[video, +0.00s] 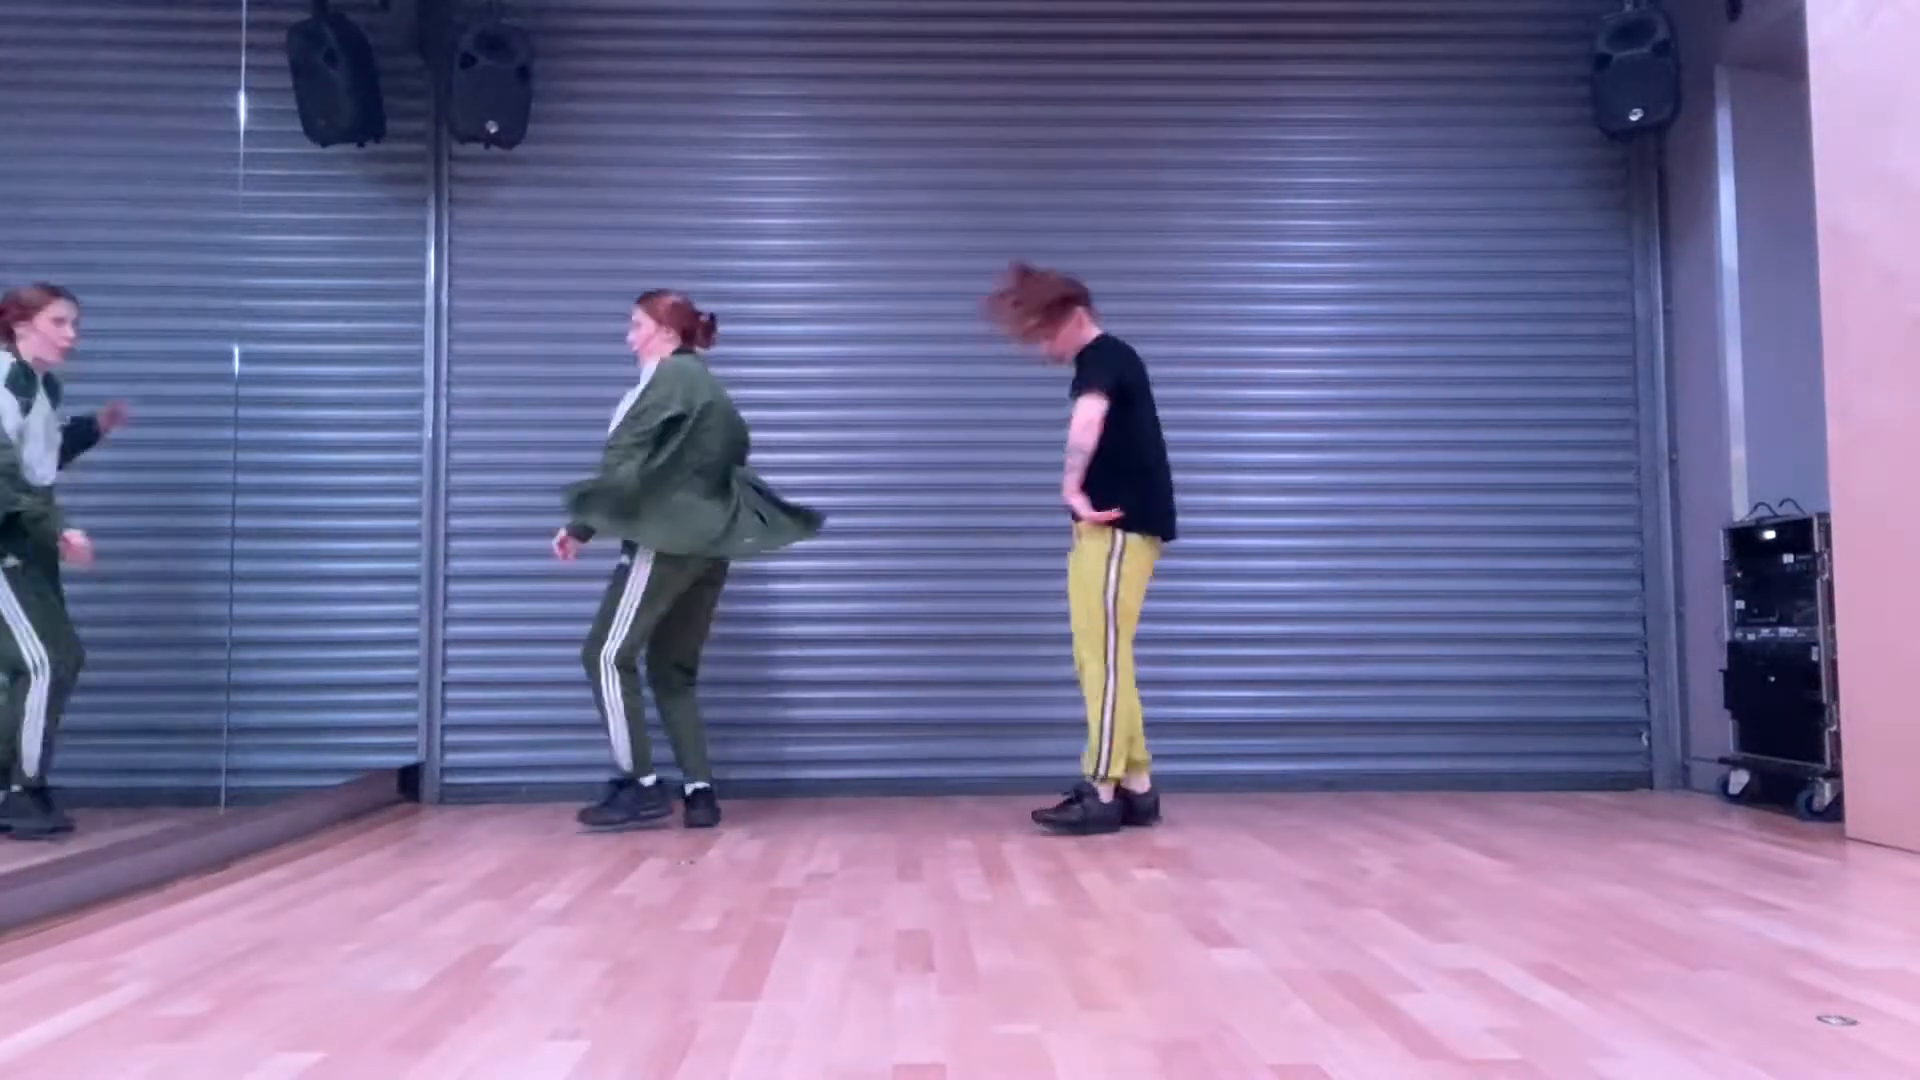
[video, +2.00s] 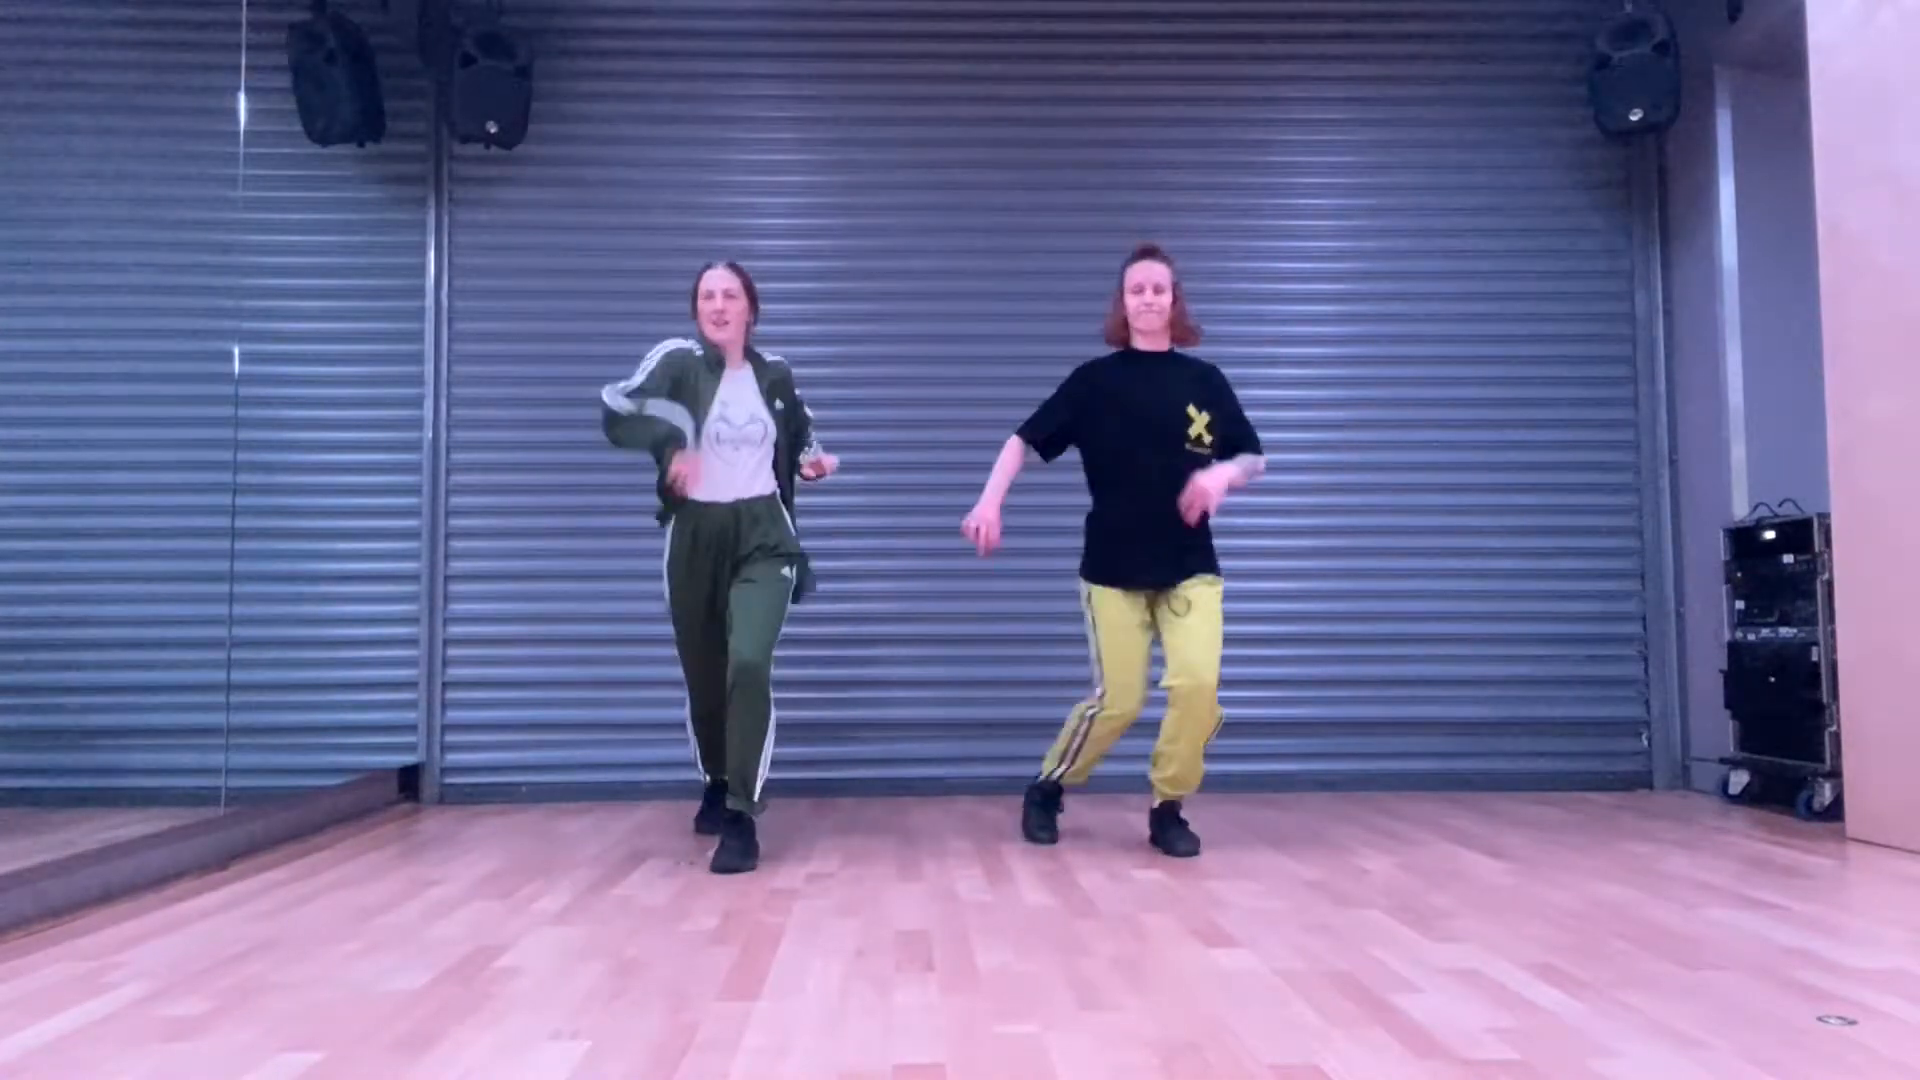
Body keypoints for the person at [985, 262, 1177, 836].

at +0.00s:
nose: (1044, 348)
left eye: (1044, 335)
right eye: (1038, 339)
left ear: (1071, 315)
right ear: (1073, 316)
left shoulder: (1102, 359)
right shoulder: (1105, 360)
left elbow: (1087, 425)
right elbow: (1108, 439)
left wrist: (1072, 490)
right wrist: (1088, 502)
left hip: (1115, 531)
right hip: (1119, 528)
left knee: (1100, 656)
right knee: (1107, 655)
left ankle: (1102, 792)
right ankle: (1135, 787)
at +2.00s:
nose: (1148, 299)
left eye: (1159, 289)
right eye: (1137, 290)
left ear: (1176, 300)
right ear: (1121, 302)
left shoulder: (1203, 379)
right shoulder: (1094, 380)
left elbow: (1251, 459)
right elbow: (1025, 441)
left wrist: (1221, 474)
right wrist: (990, 501)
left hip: (1189, 567)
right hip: (1113, 569)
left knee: (1197, 688)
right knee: (1120, 701)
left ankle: (1168, 810)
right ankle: (1048, 789)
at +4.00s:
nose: (917, 249)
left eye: (928, 240)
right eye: (919, 239)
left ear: (966, 250)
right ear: (947, 253)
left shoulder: (1013, 295)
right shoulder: (928, 308)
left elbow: (1080, 261)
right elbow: (878, 279)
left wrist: (1055, 275)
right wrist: (848, 229)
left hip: (1046, 467)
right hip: (1007, 490)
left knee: (913, 414)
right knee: (990, 629)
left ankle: (942, 562)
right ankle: (984, 793)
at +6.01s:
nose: (1232, 305)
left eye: (1242, 295)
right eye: (1221, 293)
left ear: (1254, 304)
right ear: (1200, 300)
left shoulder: (1270, 365)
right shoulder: (1178, 358)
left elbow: (1330, 435)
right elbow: (1137, 397)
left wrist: (1285, 446)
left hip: (1280, 518)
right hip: (1211, 528)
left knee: (1319, 617)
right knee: (1260, 646)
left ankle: (1348, 759)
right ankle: (1263, 781)